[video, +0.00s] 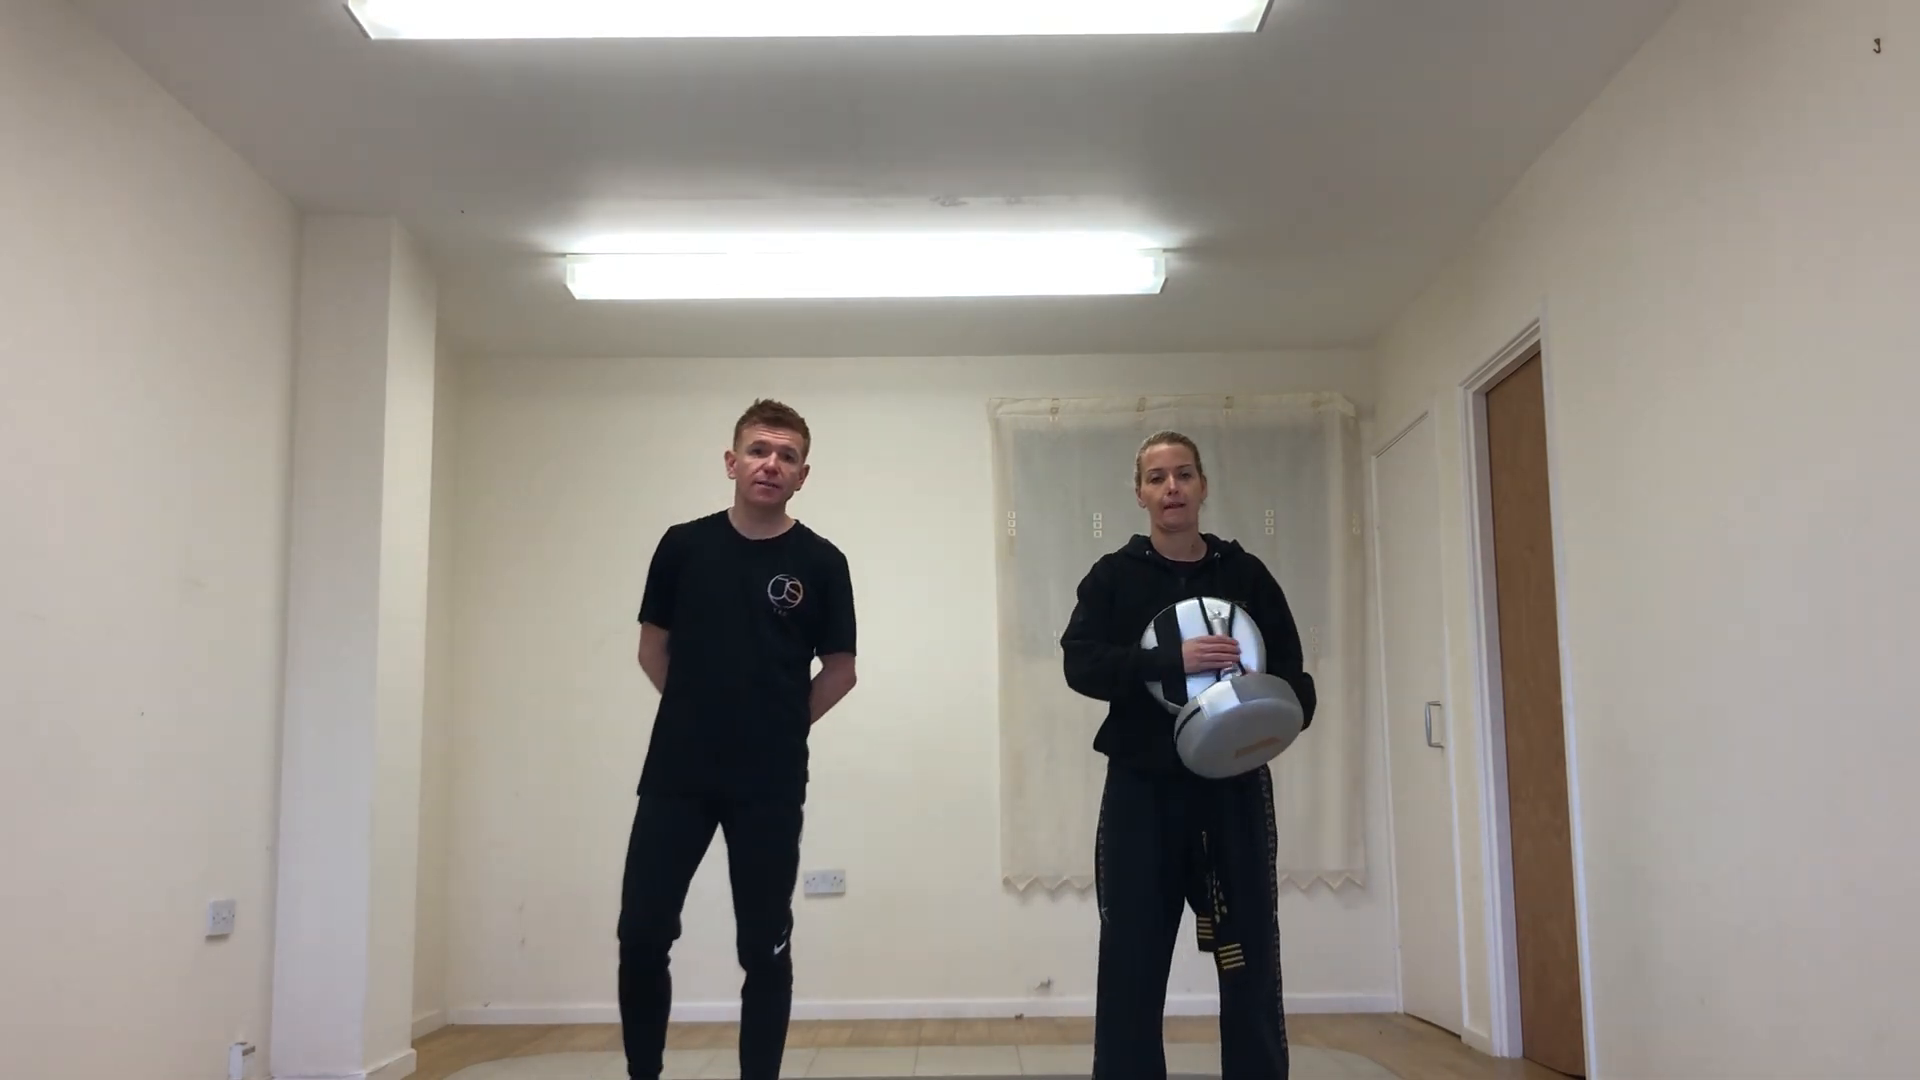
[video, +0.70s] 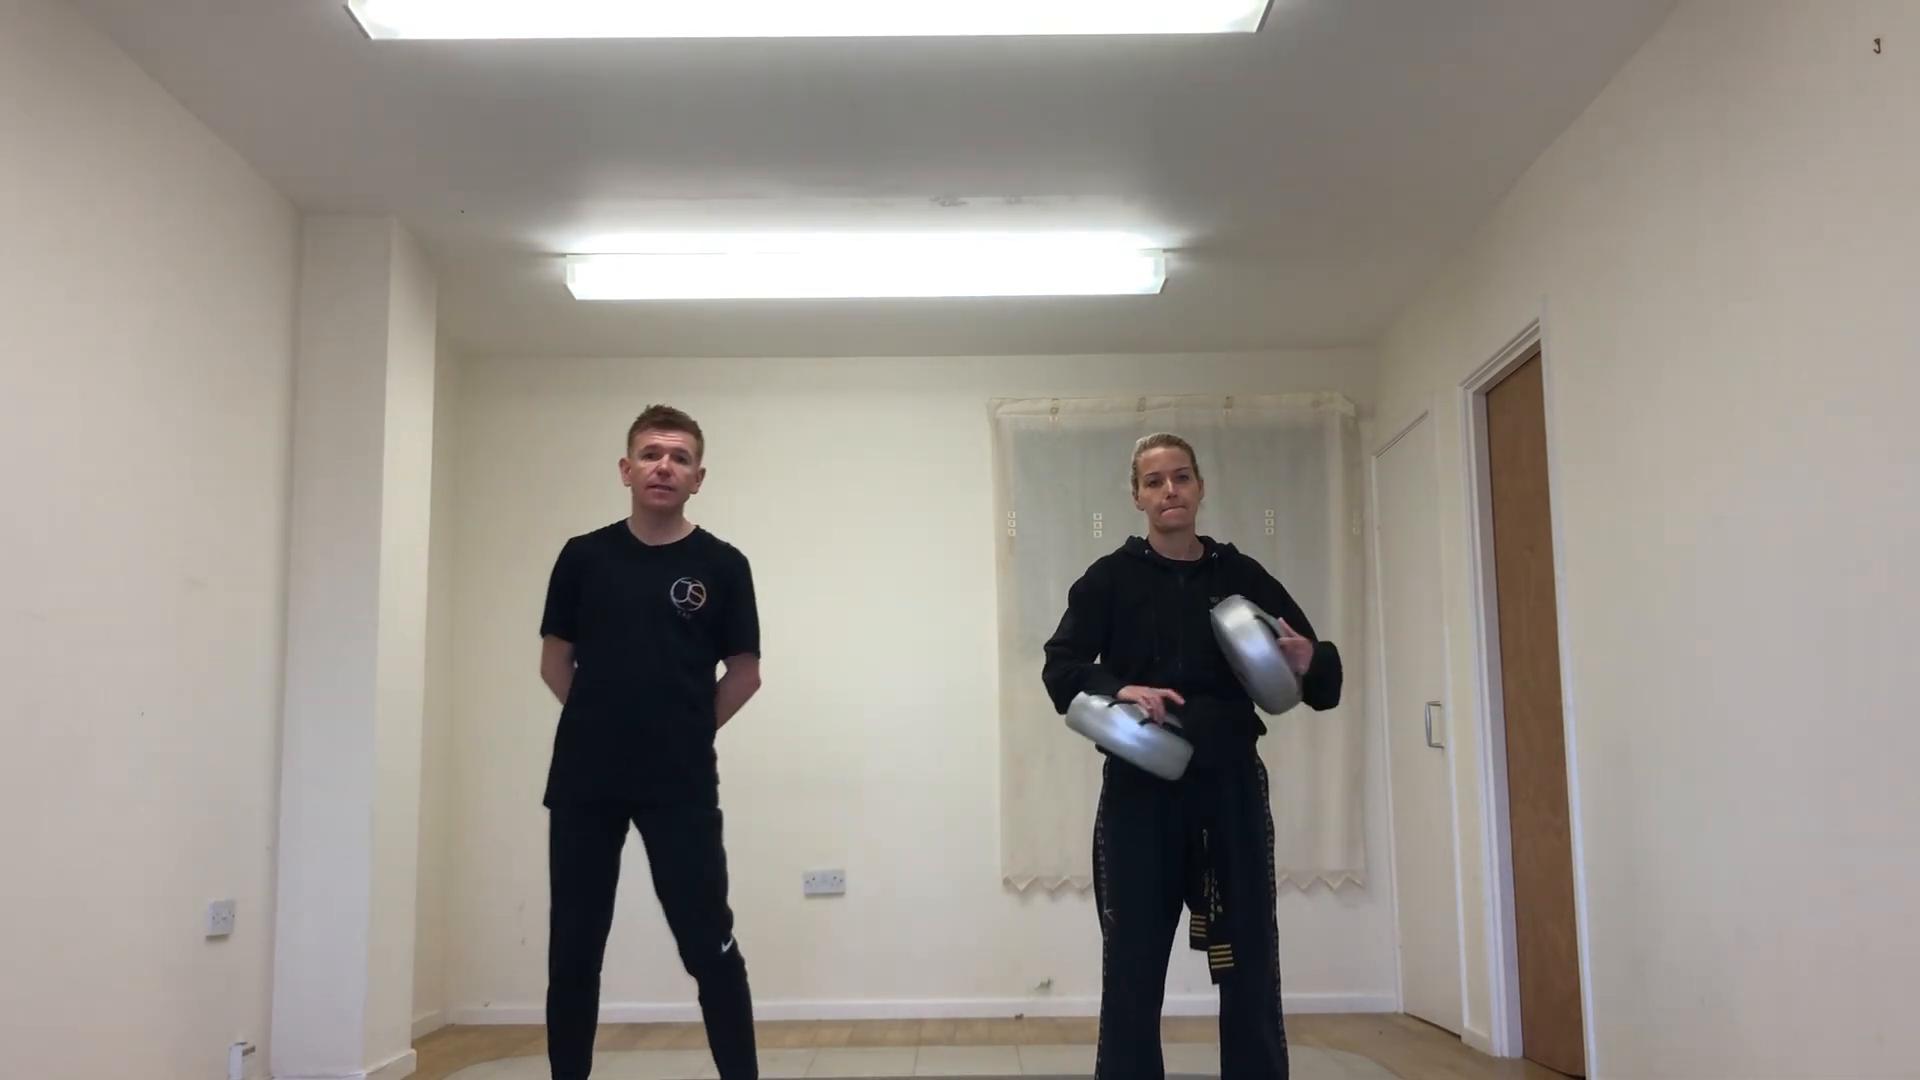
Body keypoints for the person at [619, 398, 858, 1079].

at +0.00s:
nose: (771, 463)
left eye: (787, 455)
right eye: (759, 450)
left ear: (802, 475)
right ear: (731, 461)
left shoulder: (822, 562)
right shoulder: (682, 544)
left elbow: (841, 670)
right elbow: (652, 649)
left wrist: (779, 720)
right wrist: (701, 707)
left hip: (768, 773)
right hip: (680, 764)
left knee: (764, 947)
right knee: (641, 933)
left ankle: (760, 1076)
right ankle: (643, 1074)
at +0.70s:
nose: (664, 466)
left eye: (680, 457)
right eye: (651, 454)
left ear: (698, 477)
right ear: (626, 469)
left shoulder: (723, 564)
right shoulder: (581, 555)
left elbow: (745, 673)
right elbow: (555, 663)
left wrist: (687, 726)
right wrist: (605, 717)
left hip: (678, 771)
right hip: (588, 769)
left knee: (710, 949)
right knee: (573, 952)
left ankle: (741, 1076)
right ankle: (568, 1076)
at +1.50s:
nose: (639, 480)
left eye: (641, 467)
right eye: (625, 467)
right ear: (574, 471)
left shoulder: (648, 557)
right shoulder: (512, 560)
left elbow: (697, 649)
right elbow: (473, 667)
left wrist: (776, 686)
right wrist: (530, 733)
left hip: (643, 778)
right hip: (554, 784)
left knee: (656, 944)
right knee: (555, 949)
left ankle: (662, 1075)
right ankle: (561, 1075)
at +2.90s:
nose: (666, 463)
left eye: (681, 454)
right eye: (653, 451)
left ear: (699, 475)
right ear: (627, 466)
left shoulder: (718, 567)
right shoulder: (575, 546)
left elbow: (730, 678)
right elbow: (538, 654)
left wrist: (669, 718)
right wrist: (588, 712)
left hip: (672, 780)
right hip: (581, 774)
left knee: (678, 954)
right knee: (554, 952)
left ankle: (678, 1077)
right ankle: (536, 1075)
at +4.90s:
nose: (634, 466)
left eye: (650, 458)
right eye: (622, 452)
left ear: (664, 477)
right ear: (592, 464)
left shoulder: (688, 562)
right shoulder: (542, 552)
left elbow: (707, 672)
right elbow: (515, 661)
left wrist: (647, 719)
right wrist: (568, 715)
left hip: (648, 777)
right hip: (557, 774)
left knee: (661, 952)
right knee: (540, 953)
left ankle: (673, 1077)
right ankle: (531, 1076)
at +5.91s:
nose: (588, 476)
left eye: (606, 468)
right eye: (578, 460)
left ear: (624, 489)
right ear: (553, 467)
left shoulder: (640, 574)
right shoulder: (503, 548)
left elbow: (653, 689)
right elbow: (477, 652)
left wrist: (589, 730)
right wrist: (526, 711)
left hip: (582, 782)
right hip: (496, 775)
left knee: (603, 946)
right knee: (505, 952)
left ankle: (659, 1075)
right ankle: (518, 1076)